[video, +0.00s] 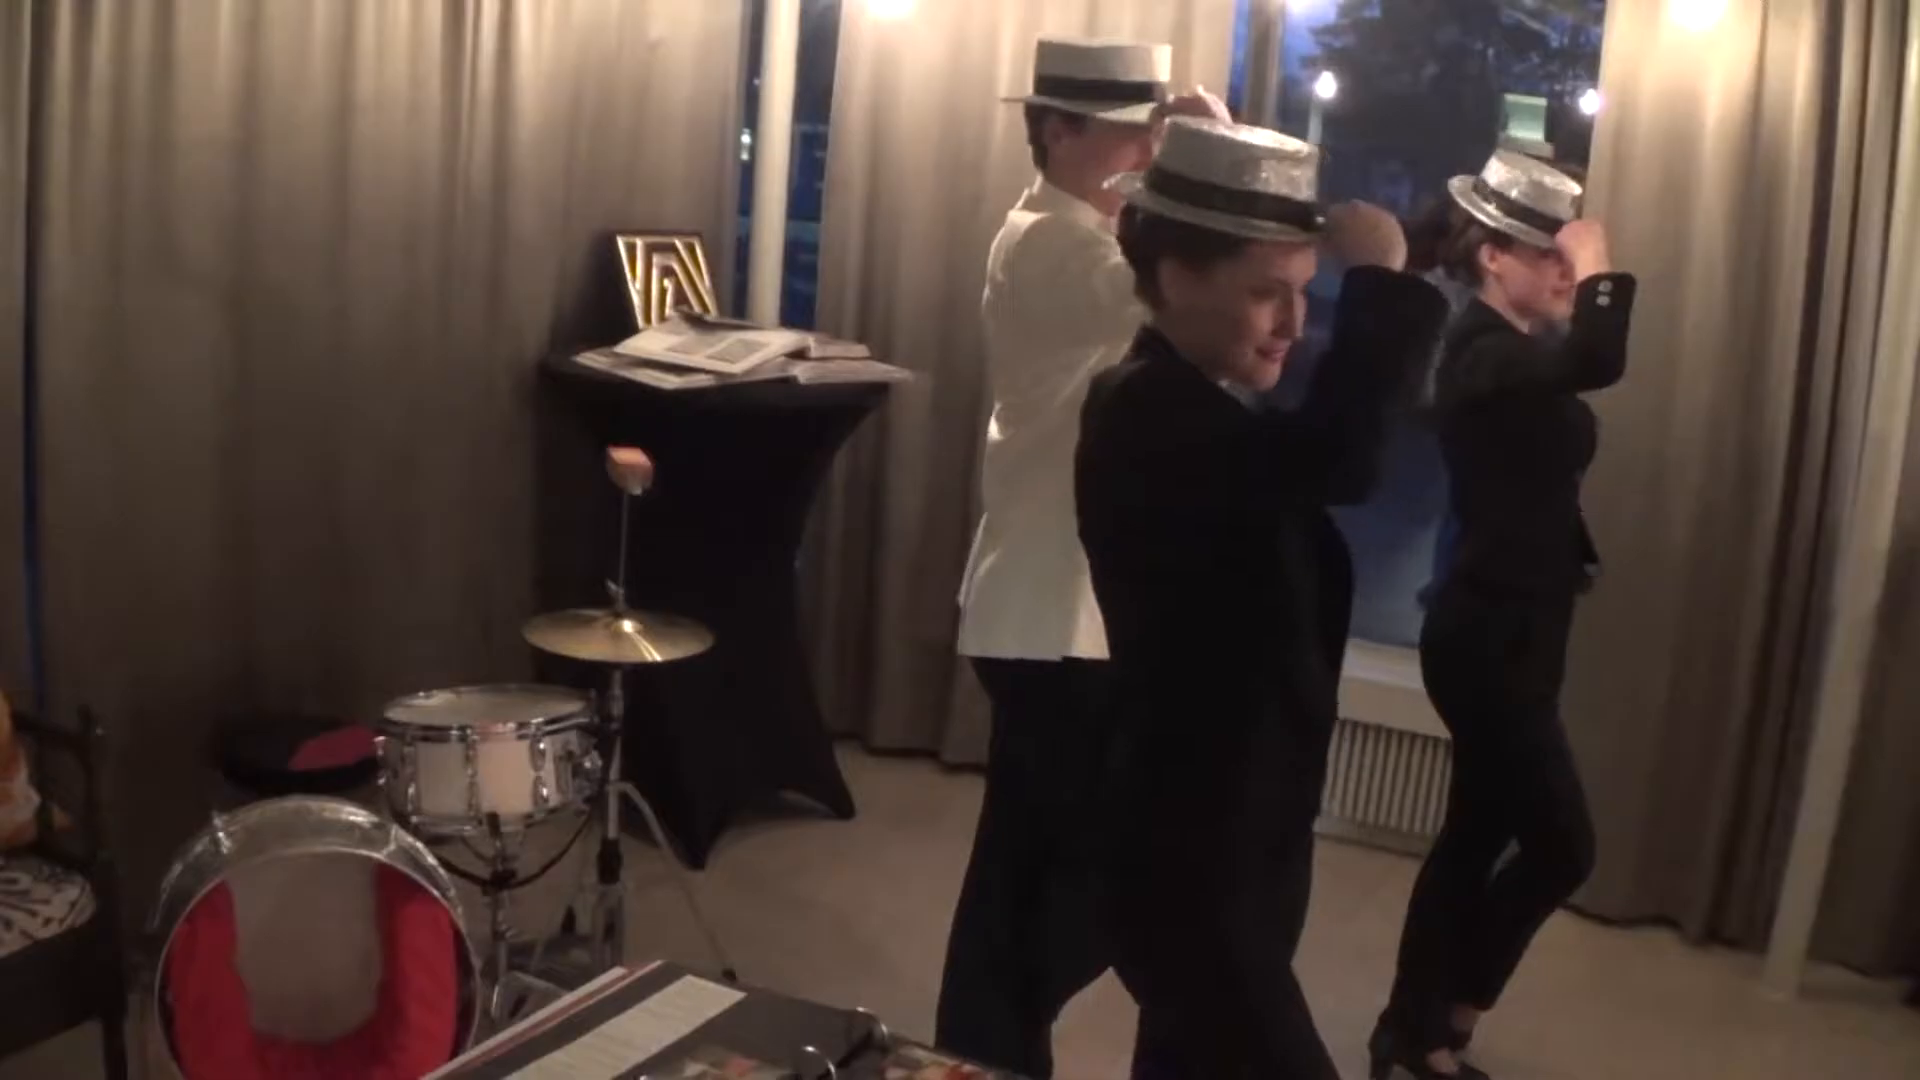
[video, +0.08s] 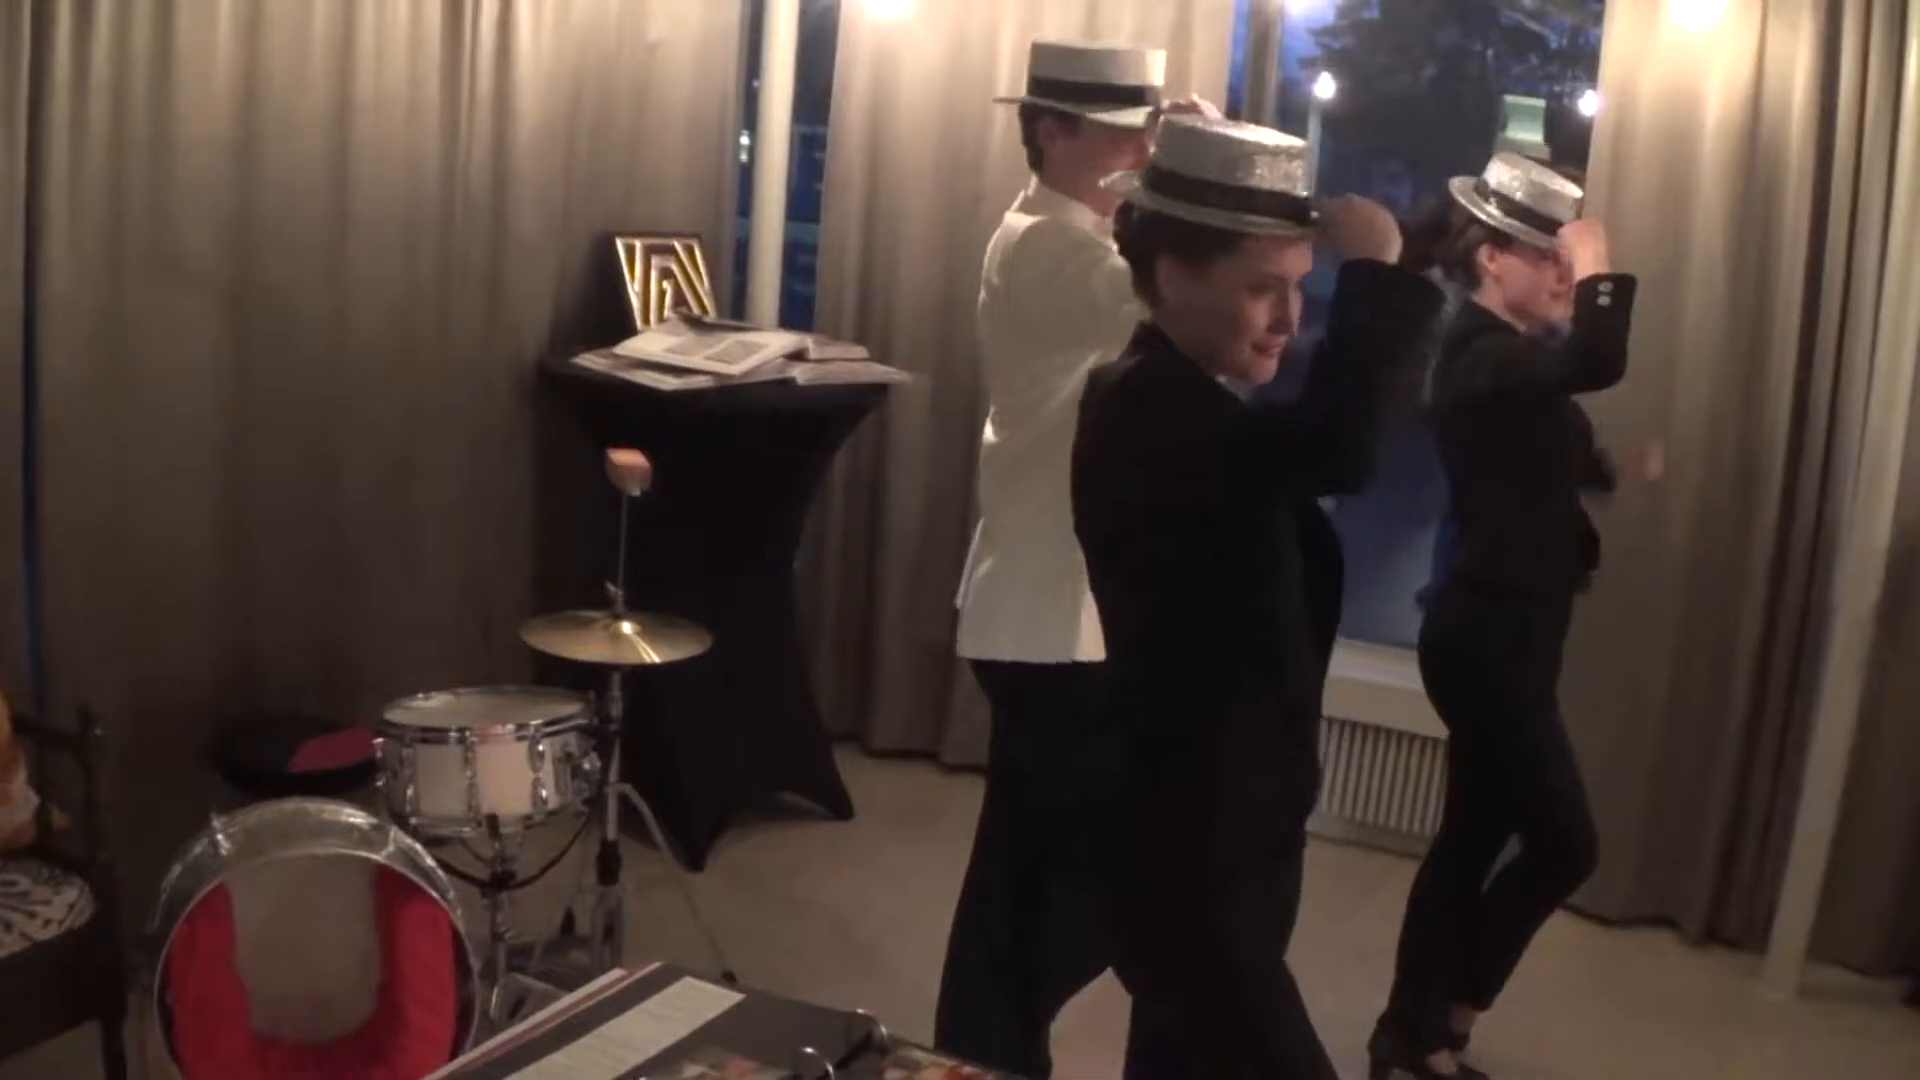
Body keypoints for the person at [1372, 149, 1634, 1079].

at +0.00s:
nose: (1569, 277)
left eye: (1570, 262)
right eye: (1552, 259)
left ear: (1501, 262)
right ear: (1493, 258)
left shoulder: (1511, 343)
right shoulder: (1483, 345)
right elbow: (1596, 361)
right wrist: (1599, 272)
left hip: (1518, 627)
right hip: (1484, 632)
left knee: (1473, 837)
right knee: (1560, 847)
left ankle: (1413, 1033)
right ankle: (1444, 1017)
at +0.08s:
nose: (1565, 279)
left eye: (1566, 264)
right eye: (1549, 260)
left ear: (1498, 262)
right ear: (1491, 259)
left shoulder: (1504, 348)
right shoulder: (1481, 350)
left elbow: (1529, 459)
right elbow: (1596, 362)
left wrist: (1608, 469)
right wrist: (1599, 273)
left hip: (1507, 627)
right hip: (1485, 634)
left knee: (1470, 836)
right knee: (1562, 846)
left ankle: (1412, 1035)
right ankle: (1442, 1016)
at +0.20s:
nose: (1555, 279)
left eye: (1555, 263)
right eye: (1542, 260)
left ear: (1490, 264)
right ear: (1490, 260)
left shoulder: (1496, 346)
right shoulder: (1475, 350)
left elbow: (1588, 356)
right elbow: (1594, 358)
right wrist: (1581, 280)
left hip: (1502, 627)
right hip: (1481, 632)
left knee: (1467, 838)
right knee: (1563, 845)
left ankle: (1408, 1035)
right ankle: (1439, 1014)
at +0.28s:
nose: (1550, 275)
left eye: (1549, 259)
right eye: (1537, 258)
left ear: (1485, 266)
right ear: (1489, 260)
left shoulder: (1489, 344)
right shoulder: (1470, 349)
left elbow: (1576, 340)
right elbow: (1588, 344)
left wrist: (1560, 254)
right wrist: (1546, 245)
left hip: (1501, 626)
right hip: (1479, 631)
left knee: (1463, 841)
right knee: (1562, 846)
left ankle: (1405, 1037)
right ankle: (1438, 1013)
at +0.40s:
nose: (1532, 280)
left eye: (1530, 263)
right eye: (1519, 264)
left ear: (1476, 267)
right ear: (1482, 265)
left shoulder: (1475, 343)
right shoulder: (1460, 346)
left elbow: (1555, 323)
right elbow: (1566, 325)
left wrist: (1544, 245)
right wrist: (1523, 248)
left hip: (1499, 626)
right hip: (1476, 630)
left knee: (1462, 839)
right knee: (1559, 845)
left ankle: (1402, 1035)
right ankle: (1437, 1014)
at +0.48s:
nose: (1520, 279)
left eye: (1518, 263)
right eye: (1509, 263)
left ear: (1462, 266)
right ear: (1478, 265)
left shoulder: (1474, 347)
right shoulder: (1452, 349)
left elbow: (1562, 335)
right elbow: (1566, 335)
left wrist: (1540, 246)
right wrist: (1515, 253)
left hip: (1498, 627)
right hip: (1472, 631)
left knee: (1461, 838)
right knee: (1556, 844)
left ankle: (1402, 1034)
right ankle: (1437, 1011)